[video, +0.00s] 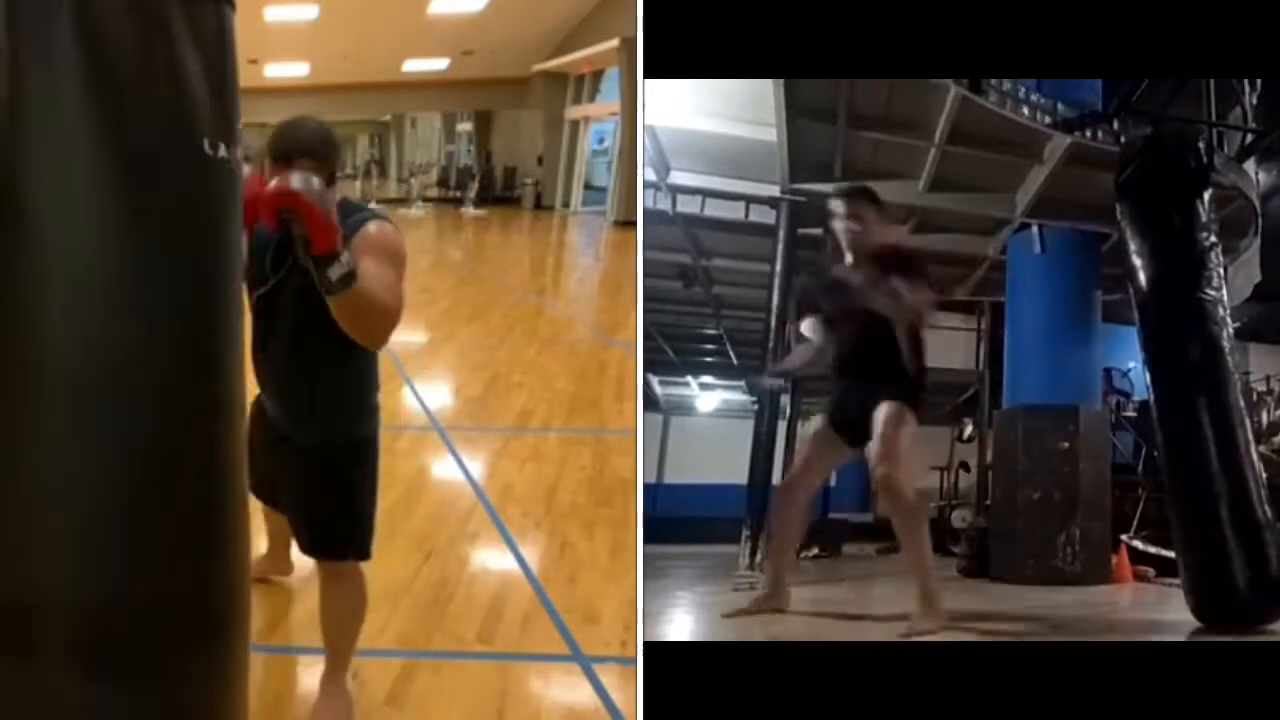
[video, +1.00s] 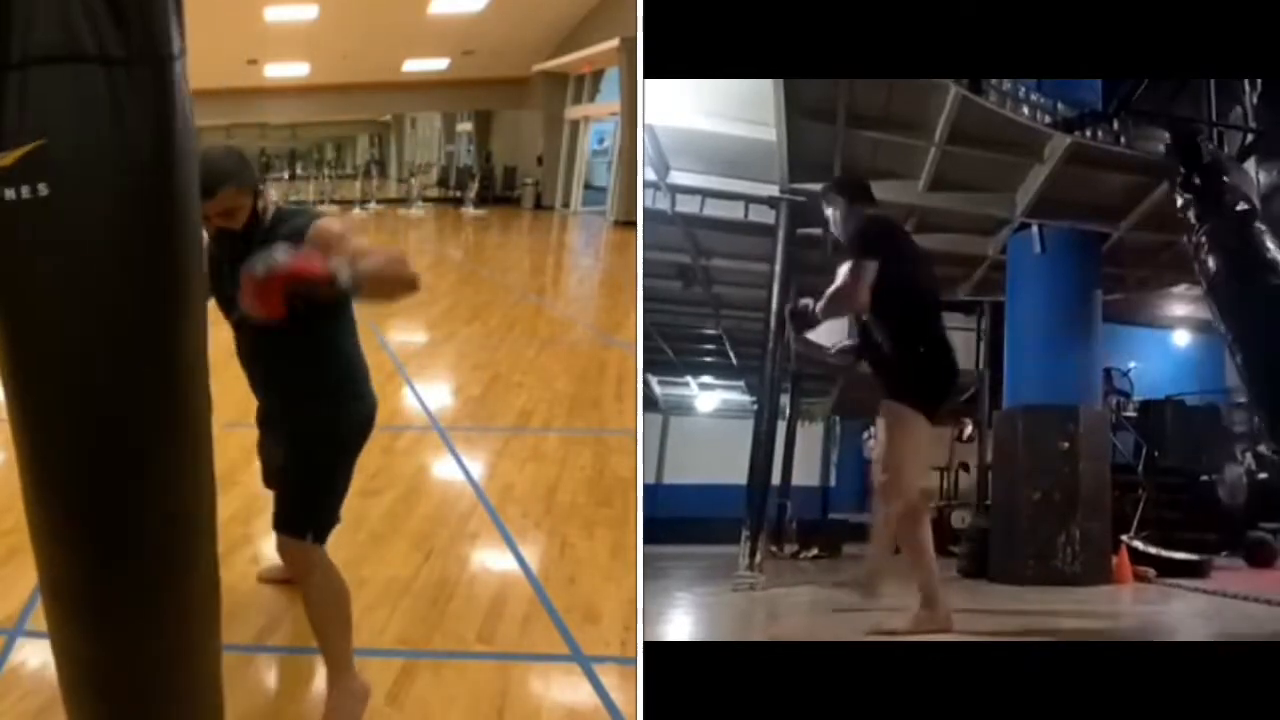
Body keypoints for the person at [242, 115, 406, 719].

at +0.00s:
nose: (295, 186)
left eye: (309, 174)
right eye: (284, 172)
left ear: (334, 178)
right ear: (266, 176)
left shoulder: (371, 232)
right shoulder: (263, 229)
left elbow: (376, 331)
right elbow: (226, 281)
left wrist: (328, 255)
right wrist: (244, 223)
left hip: (340, 422)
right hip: (275, 405)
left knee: (336, 560)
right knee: (271, 486)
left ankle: (335, 682)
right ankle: (278, 558)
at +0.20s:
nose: (262, 202)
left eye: (274, 191)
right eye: (253, 191)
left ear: (300, 179)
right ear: (242, 182)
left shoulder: (344, 231)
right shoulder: (241, 225)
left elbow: (379, 320)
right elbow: (216, 296)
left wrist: (327, 290)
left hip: (315, 400)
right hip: (256, 391)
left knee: (309, 535)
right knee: (271, 483)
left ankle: (325, 672)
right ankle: (282, 557)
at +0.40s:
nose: (255, 181)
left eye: (262, 167)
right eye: (248, 170)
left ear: (285, 162)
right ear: (239, 171)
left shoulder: (327, 217)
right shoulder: (231, 220)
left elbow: (363, 295)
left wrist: (322, 230)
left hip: (309, 380)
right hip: (250, 375)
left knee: (306, 522)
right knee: (266, 479)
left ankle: (306, 656)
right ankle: (284, 554)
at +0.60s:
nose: (251, 194)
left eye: (258, 182)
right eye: (243, 183)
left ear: (279, 174)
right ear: (233, 180)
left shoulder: (320, 221)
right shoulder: (225, 223)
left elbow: (350, 293)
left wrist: (303, 273)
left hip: (307, 383)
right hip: (246, 379)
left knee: (289, 515)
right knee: (251, 492)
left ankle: (303, 651)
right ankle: (279, 558)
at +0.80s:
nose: (217, 202)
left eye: (222, 190)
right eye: (211, 190)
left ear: (246, 187)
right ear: (231, 190)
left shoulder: (290, 231)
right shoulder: (218, 237)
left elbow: (360, 283)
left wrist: (284, 296)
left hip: (312, 407)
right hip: (260, 399)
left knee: (302, 543)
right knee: (266, 482)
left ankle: (342, 678)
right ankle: (283, 555)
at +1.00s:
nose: (222, 225)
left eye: (231, 212)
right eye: (212, 215)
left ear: (256, 195)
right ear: (198, 208)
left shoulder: (307, 231)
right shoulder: (214, 246)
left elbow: (402, 275)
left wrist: (328, 273)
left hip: (333, 406)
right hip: (278, 402)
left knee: (299, 545)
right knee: (285, 485)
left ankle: (346, 684)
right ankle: (303, 563)